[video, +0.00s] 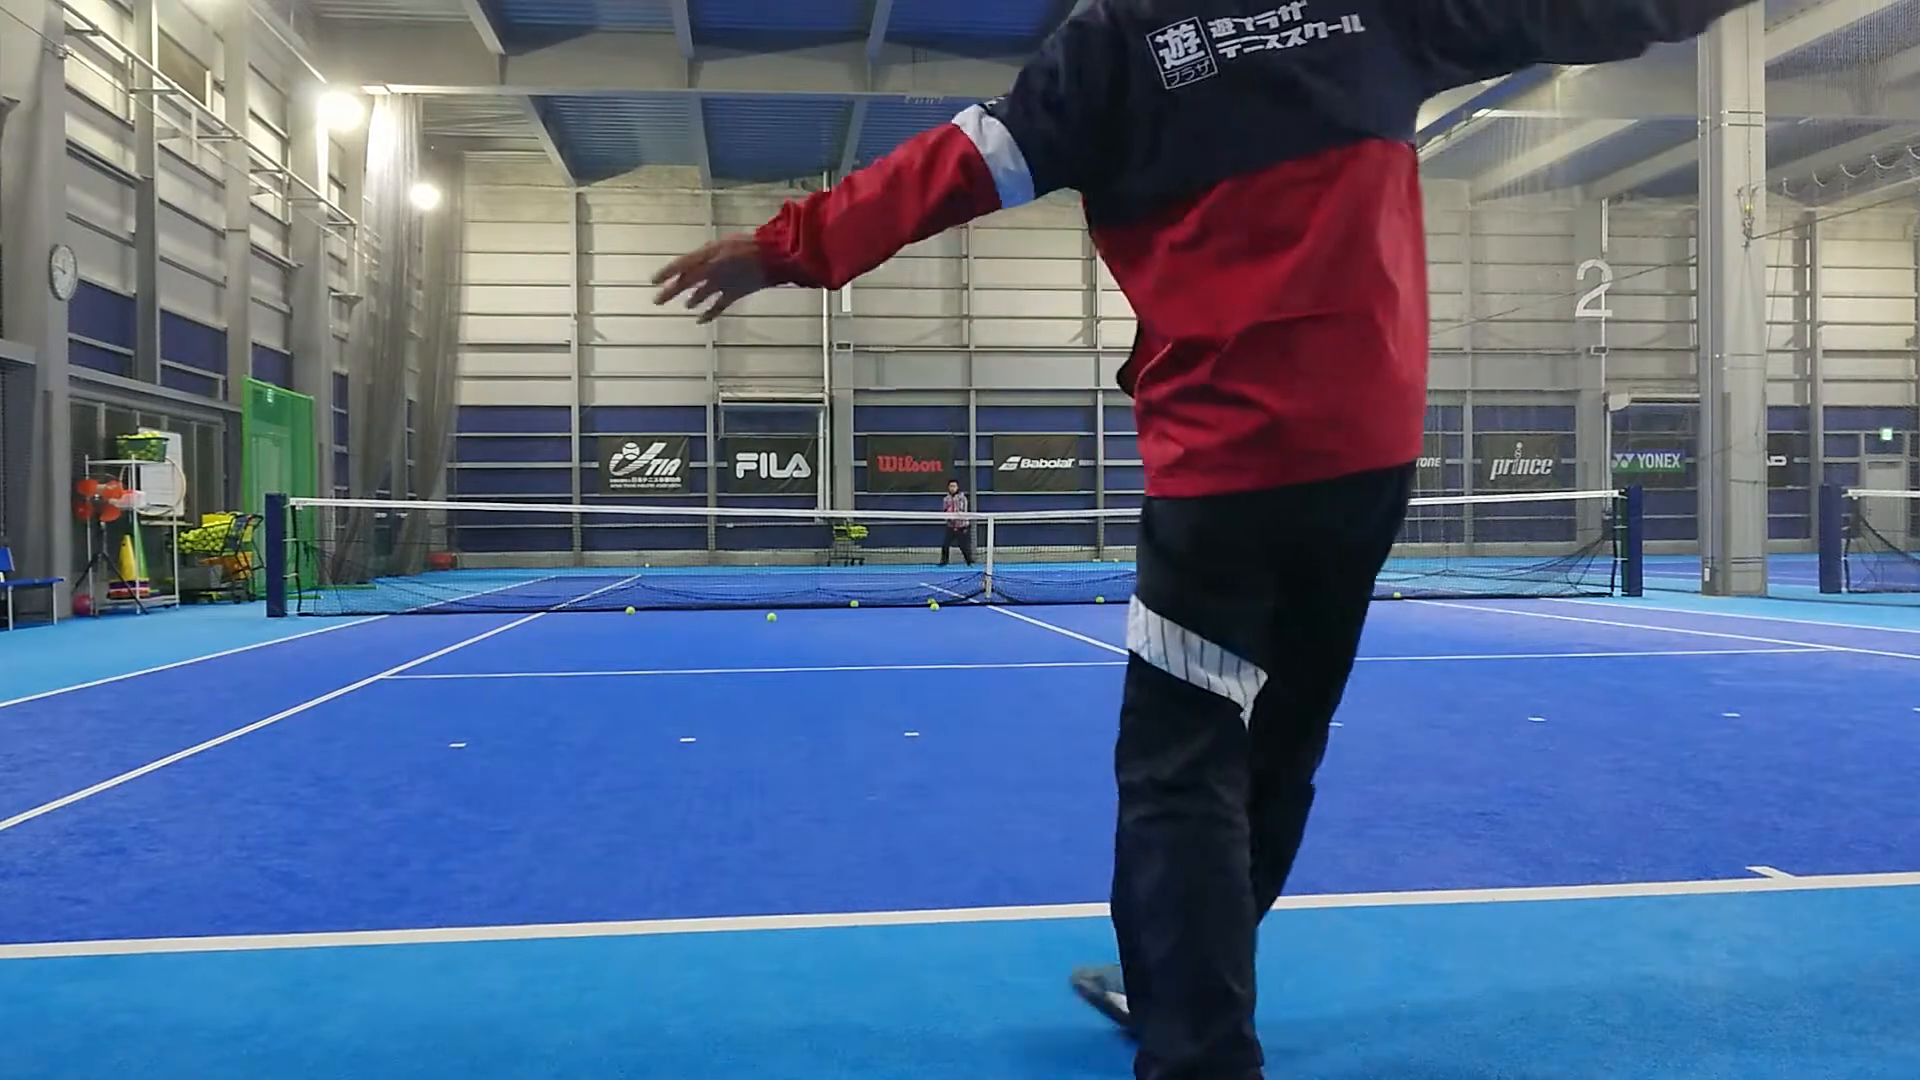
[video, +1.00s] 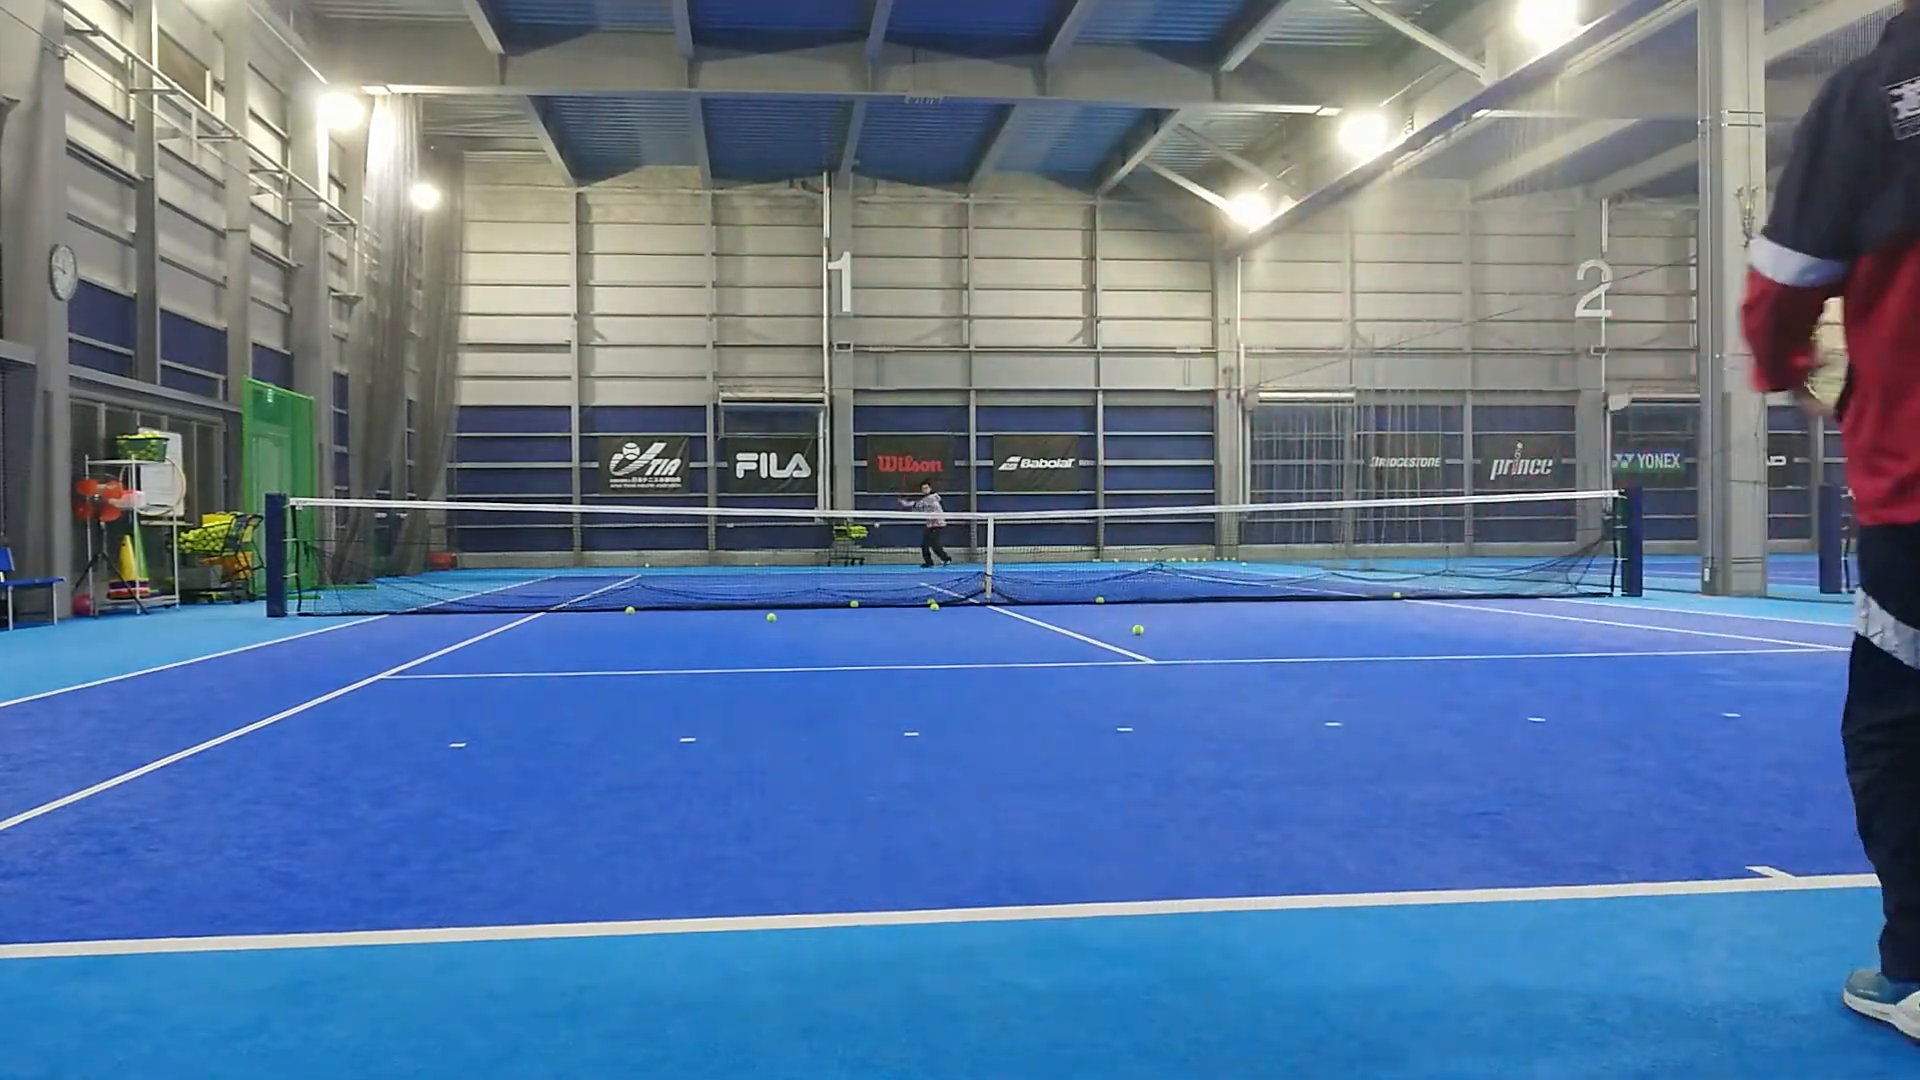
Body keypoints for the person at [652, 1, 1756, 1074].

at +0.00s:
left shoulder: (1100, 43)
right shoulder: (1374, 20)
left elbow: (952, 168)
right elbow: (1590, 18)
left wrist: (782, 245)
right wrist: (1707, 5)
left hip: (1223, 449)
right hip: (1377, 443)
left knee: (1177, 765)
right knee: (1279, 741)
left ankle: (1202, 1057)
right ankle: (1179, 972)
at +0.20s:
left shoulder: (1198, 43)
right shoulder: (1490, 18)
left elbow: (1059, 183)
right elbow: (1684, 44)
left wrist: (926, 267)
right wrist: (1864, 39)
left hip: (1276, 450)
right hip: (1453, 442)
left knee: (1230, 758)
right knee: (1437, 703)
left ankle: (1203, 1055)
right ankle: (1469, 991)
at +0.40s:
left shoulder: (1378, 52)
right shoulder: (1652, 25)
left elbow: (1248, 201)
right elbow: (1844, 116)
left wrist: (1138, 303)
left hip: (1423, 467)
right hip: (1617, 468)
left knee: (1352, 726)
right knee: (1660, 755)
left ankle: (1249, 987)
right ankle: (1671, 1052)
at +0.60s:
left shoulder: (1554, 83)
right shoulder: (1839, 55)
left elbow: (1454, 256)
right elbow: (1917, 196)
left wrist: (1370, 364)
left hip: (1609, 459)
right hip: (1777, 460)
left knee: (1617, 708)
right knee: (1761, 758)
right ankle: (1669, 1050)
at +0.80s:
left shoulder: (1723, 87)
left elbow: (1635, 255)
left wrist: (1524, 377)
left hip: (1773, 463)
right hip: (1905, 448)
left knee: (1848, 729)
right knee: (1907, 726)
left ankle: (1902, 971)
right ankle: (1807, 915)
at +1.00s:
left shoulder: (1878, 75)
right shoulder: (1870, 78)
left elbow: (1786, 271)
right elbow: (1790, 267)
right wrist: (1787, 359)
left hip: (1909, 483)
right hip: (1900, 483)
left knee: (1891, 726)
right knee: (1889, 722)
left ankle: (1913, 973)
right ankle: (1909, 966)